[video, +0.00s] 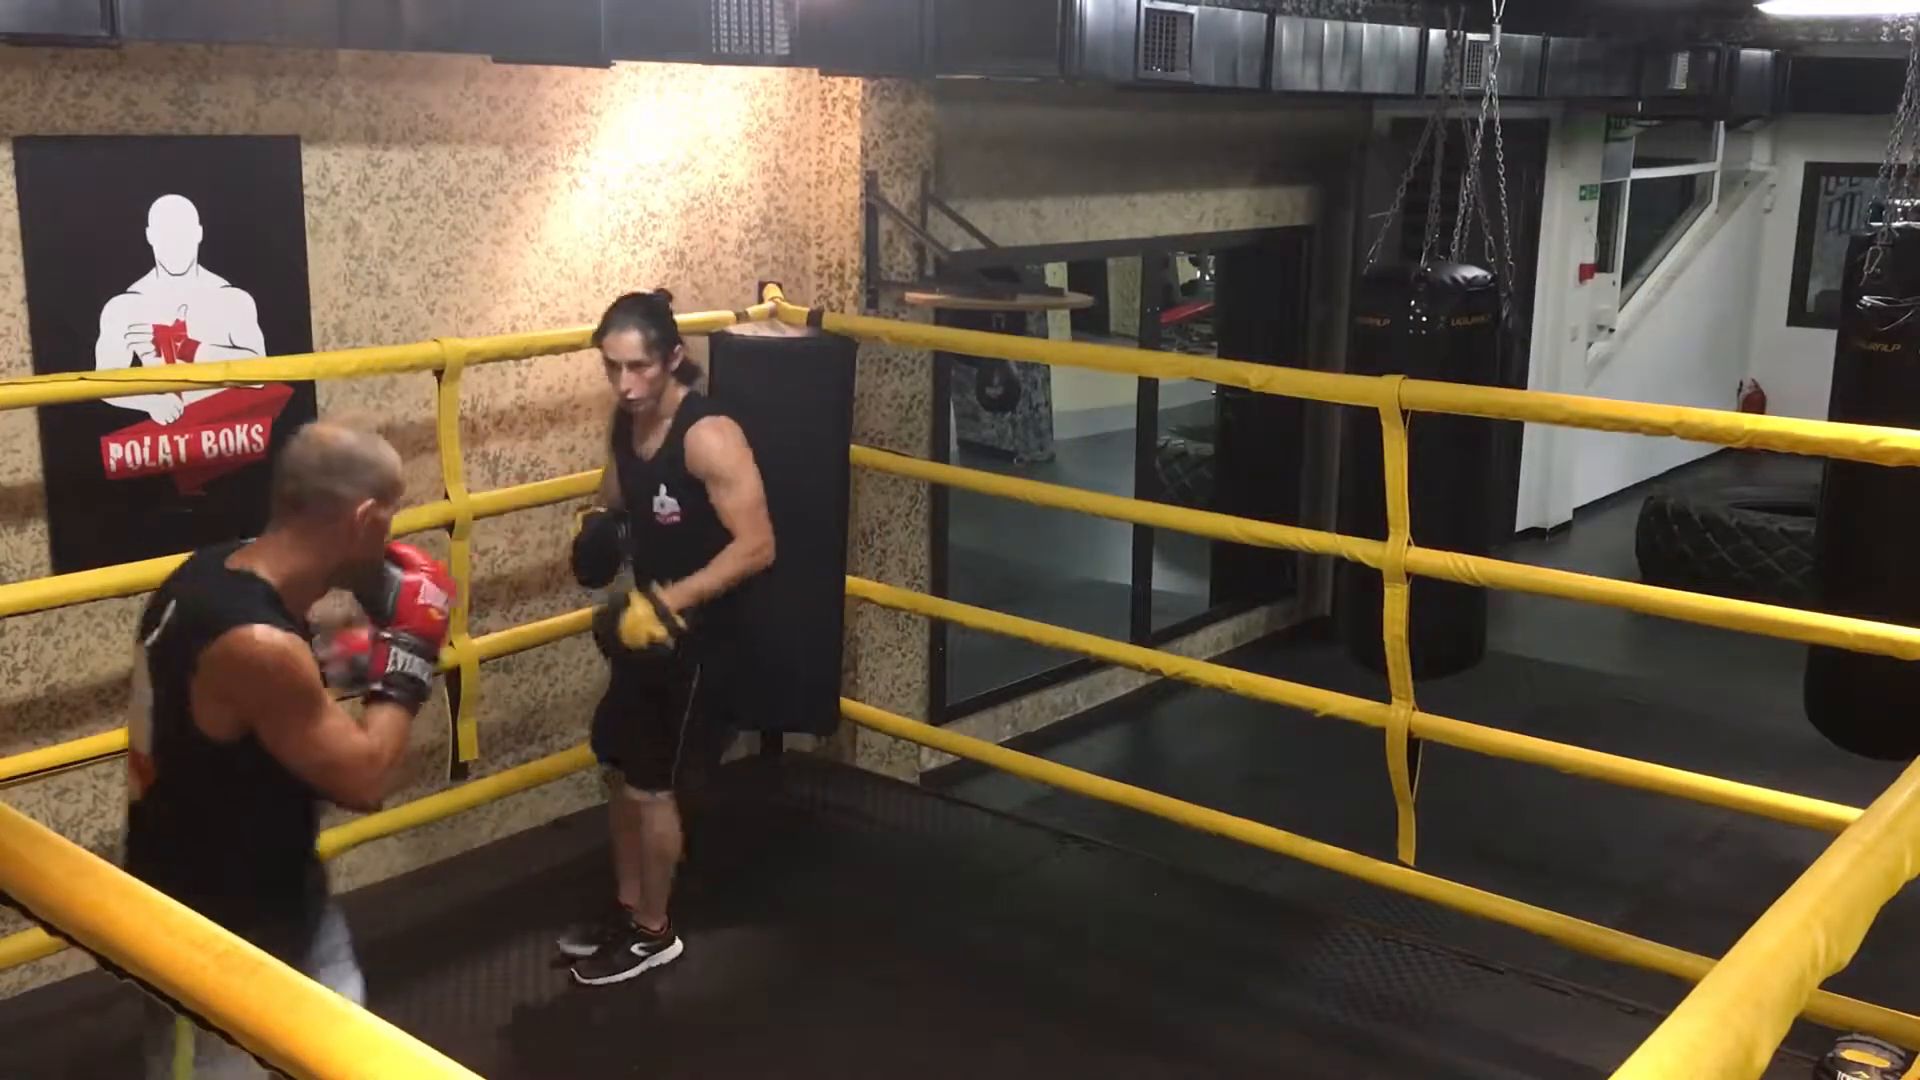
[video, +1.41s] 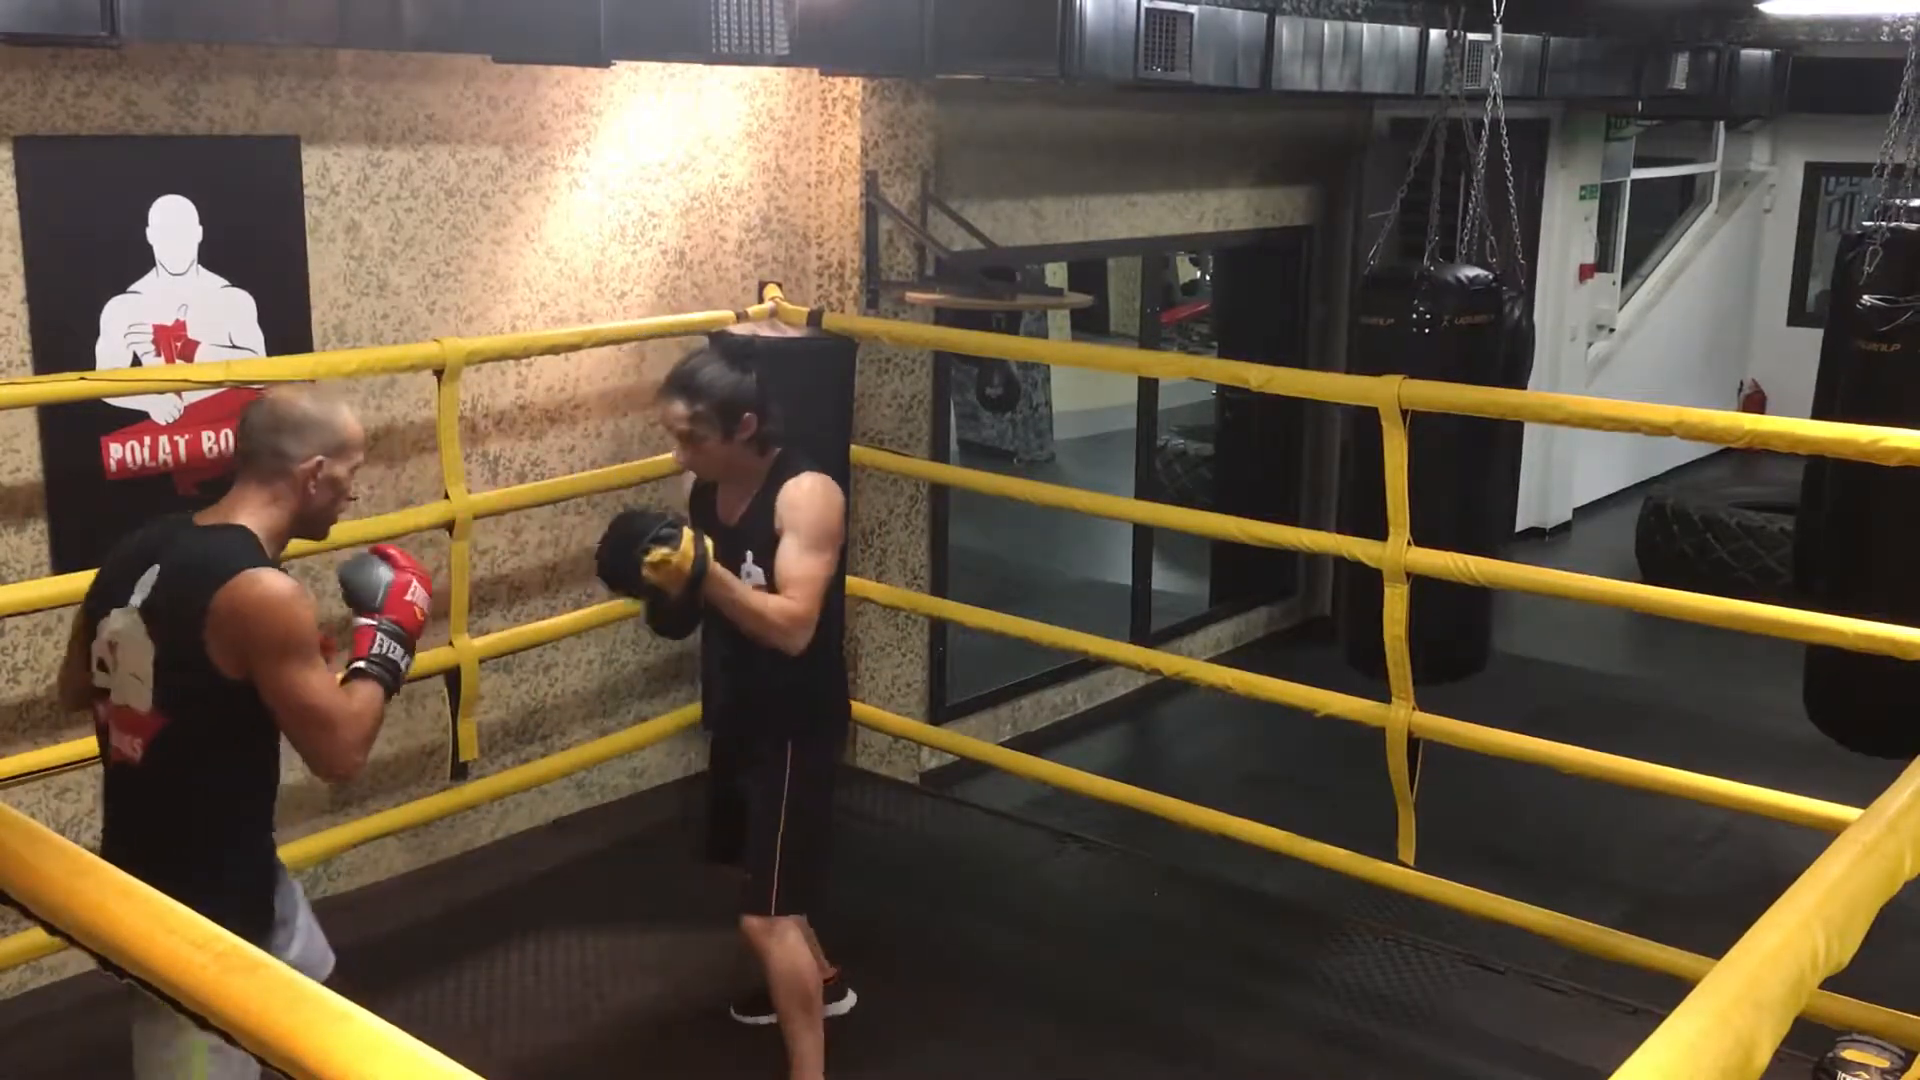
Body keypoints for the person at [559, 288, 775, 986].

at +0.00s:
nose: (626, 384)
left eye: (639, 366)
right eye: (614, 369)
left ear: (673, 358)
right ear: (606, 367)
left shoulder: (710, 435)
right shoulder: (628, 422)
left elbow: (758, 544)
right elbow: (617, 506)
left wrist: (667, 599)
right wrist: (596, 537)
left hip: (703, 636)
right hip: (648, 623)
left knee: (654, 780)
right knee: (620, 764)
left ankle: (655, 932)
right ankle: (629, 913)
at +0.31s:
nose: (615, 415)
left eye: (628, 399)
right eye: (605, 400)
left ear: (668, 388)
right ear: (599, 396)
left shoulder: (715, 446)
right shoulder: (614, 460)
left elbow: (733, 545)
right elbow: (609, 565)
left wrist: (665, 498)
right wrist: (607, 544)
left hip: (709, 653)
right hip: (646, 646)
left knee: (681, 818)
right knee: (595, 791)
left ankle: (730, 1005)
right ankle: (635, 912)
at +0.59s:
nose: (628, 431)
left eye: (640, 413)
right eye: (620, 415)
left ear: (686, 403)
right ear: (618, 411)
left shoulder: (742, 461)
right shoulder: (647, 477)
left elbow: (740, 563)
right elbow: (637, 599)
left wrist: (663, 505)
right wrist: (626, 562)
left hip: (742, 684)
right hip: (681, 675)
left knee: (737, 867)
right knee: (638, 808)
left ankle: (762, 1038)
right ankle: (676, 923)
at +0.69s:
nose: (632, 430)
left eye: (645, 411)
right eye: (623, 413)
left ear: (692, 398)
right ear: (619, 407)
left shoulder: (748, 459)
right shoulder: (653, 473)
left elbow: (742, 563)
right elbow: (637, 594)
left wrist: (663, 499)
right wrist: (629, 550)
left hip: (754, 688)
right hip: (691, 678)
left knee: (730, 875)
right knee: (655, 838)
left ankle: (764, 1038)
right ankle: (761, 964)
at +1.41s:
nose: (679, 453)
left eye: (691, 438)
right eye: (674, 438)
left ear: (747, 430)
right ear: (727, 429)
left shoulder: (809, 495)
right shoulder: (709, 490)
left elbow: (793, 627)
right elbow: (695, 612)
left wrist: (701, 573)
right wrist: (662, 579)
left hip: (798, 721)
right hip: (738, 711)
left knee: (766, 917)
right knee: (758, 862)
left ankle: (808, 1073)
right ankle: (816, 976)